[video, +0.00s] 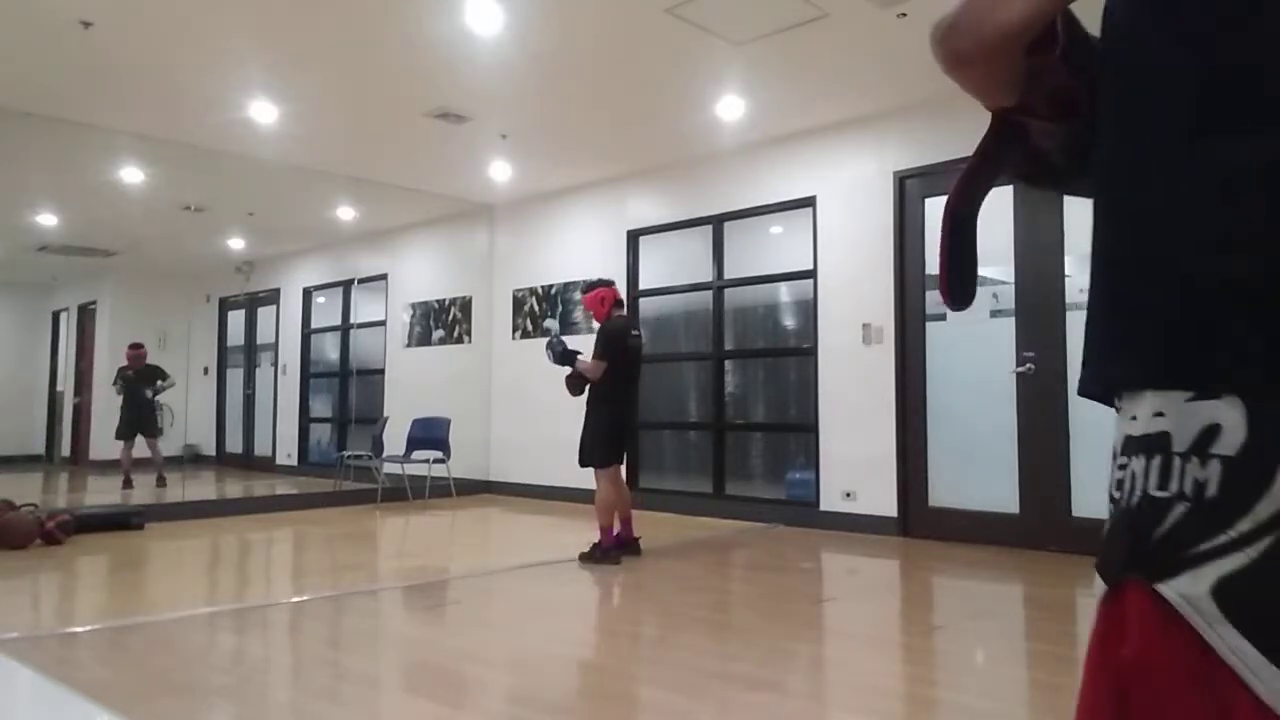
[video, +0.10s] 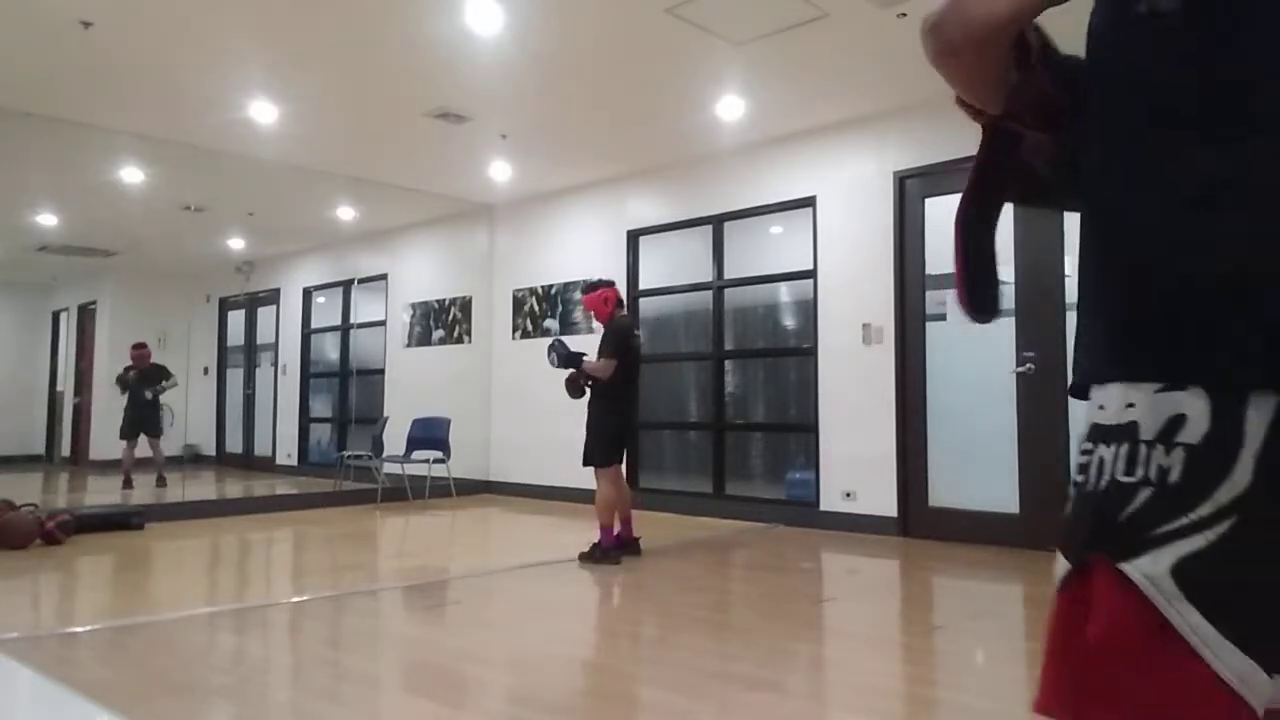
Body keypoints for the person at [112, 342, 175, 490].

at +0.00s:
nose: (131, 362)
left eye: (134, 358)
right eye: (129, 358)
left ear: (143, 358)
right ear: (127, 357)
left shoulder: (153, 370)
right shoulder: (123, 371)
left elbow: (171, 381)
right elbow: (118, 390)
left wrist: (156, 391)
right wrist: (123, 382)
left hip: (147, 413)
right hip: (129, 413)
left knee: (152, 444)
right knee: (127, 445)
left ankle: (160, 475)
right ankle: (127, 478)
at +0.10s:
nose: (136, 361)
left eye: (140, 357)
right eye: (134, 357)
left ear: (147, 356)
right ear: (132, 357)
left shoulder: (158, 369)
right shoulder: (128, 371)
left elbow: (174, 381)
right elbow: (121, 390)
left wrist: (158, 389)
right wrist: (128, 379)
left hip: (151, 413)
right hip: (132, 413)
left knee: (154, 444)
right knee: (130, 445)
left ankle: (160, 475)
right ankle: (127, 478)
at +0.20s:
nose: (139, 361)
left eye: (142, 358)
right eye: (137, 358)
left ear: (151, 356)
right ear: (136, 358)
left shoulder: (162, 369)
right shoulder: (133, 371)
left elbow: (175, 381)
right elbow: (129, 389)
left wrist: (160, 390)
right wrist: (129, 383)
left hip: (155, 414)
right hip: (136, 413)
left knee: (157, 444)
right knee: (133, 445)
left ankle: (161, 476)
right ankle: (127, 478)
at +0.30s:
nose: (142, 362)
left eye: (144, 358)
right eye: (140, 358)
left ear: (153, 357)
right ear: (139, 358)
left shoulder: (166, 369)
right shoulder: (139, 371)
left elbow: (175, 382)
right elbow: (135, 389)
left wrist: (160, 391)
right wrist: (130, 387)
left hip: (158, 412)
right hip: (140, 411)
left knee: (159, 444)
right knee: (135, 445)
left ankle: (161, 476)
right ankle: (128, 478)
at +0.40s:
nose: (143, 362)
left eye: (145, 359)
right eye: (142, 359)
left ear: (154, 357)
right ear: (143, 358)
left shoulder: (168, 369)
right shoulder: (144, 371)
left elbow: (175, 382)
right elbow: (140, 388)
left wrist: (158, 393)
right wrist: (130, 389)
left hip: (160, 412)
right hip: (143, 411)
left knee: (160, 444)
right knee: (135, 444)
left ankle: (161, 476)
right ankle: (129, 478)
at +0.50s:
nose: (145, 363)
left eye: (146, 359)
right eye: (143, 360)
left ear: (156, 356)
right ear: (146, 359)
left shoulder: (169, 369)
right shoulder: (148, 371)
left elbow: (170, 386)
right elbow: (146, 388)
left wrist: (153, 396)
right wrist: (131, 389)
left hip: (161, 413)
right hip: (145, 412)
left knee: (160, 444)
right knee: (136, 443)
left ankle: (161, 476)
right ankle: (130, 477)